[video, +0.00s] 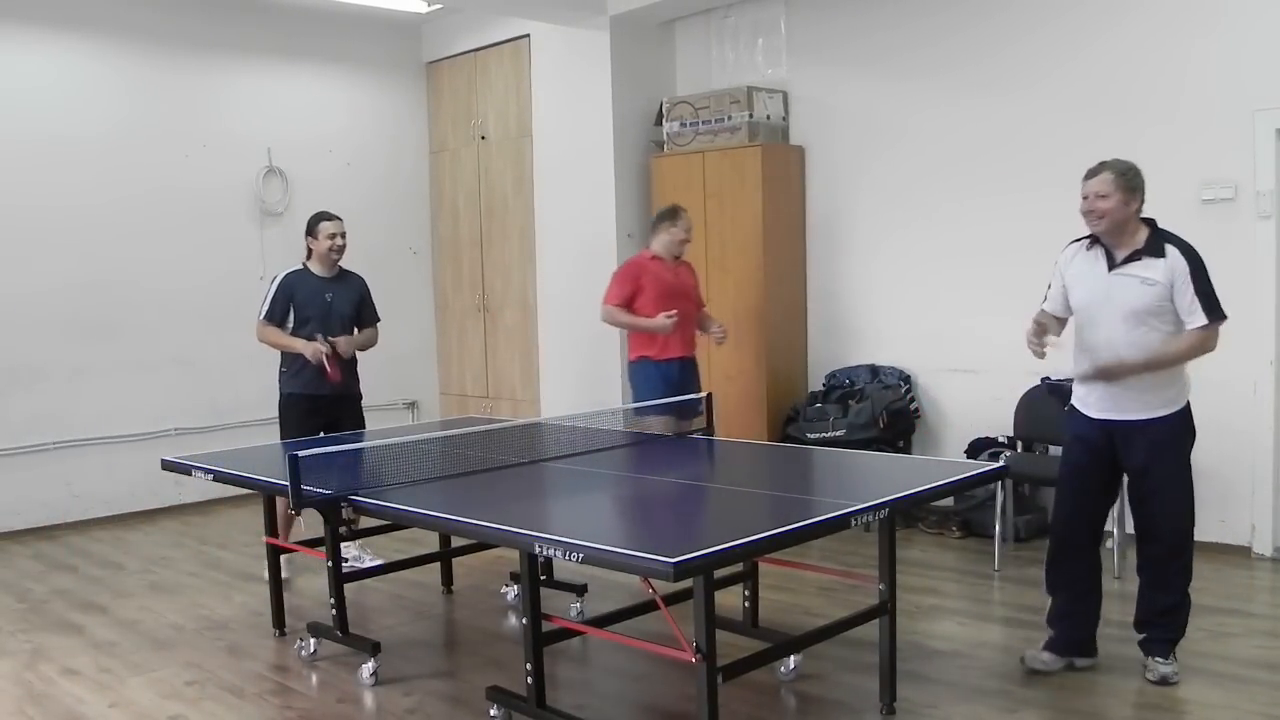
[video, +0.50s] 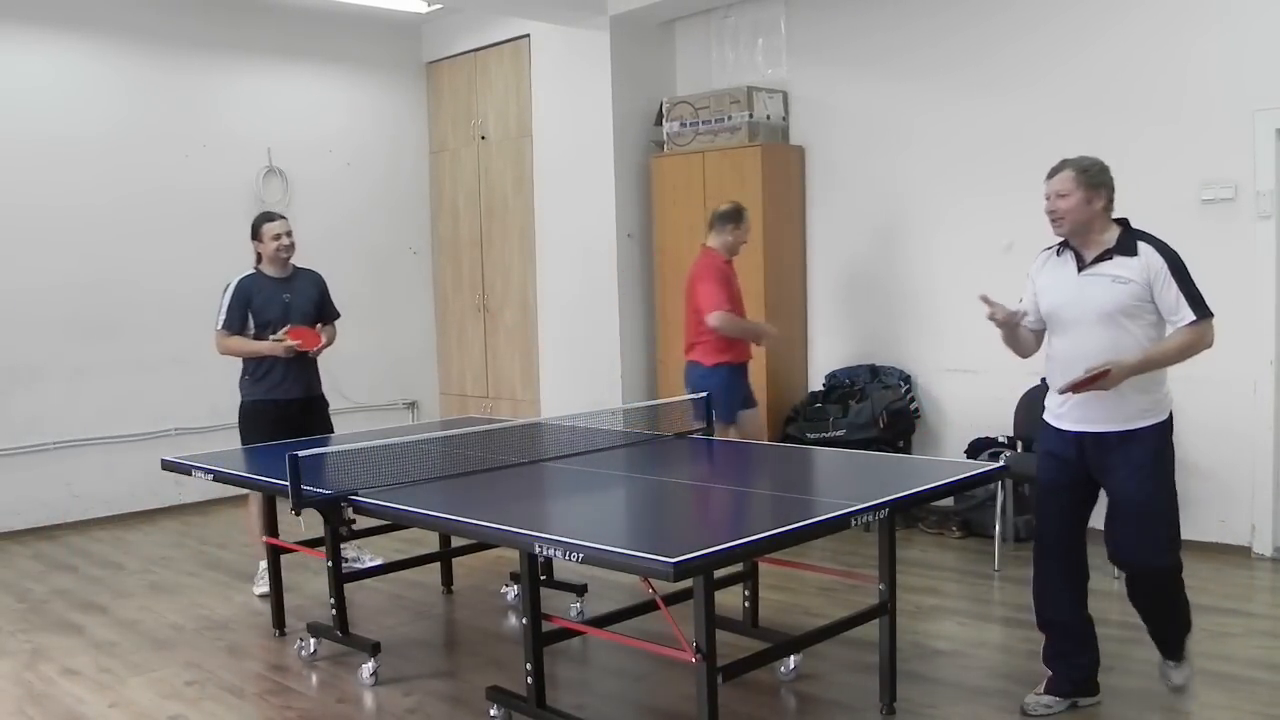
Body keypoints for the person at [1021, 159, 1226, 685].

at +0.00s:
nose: (1089, 207)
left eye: (1100, 197)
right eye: (1085, 198)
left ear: (1133, 201)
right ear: (1082, 204)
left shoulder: (1177, 258)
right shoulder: (1076, 254)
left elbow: (1205, 335)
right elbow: (1052, 314)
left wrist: (1133, 366)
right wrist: (1040, 328)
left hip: (1158, 423)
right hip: (1089, 418)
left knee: (1165, 538)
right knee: (1070, 532)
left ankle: (1160, 646)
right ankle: (1070, 643)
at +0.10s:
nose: (1091, 206)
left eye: (1102, 197)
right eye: (1087, 198)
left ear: (1136, 201)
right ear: (1087, 204)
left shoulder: (1178, 259)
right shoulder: (1076, 255)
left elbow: (1198, 341)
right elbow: (1051, 320)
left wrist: (1116, 349)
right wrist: (1040, 335)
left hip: (1158, 427)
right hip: (1088, 423)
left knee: (1164, 541)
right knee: (1078, 541)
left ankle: (1160, 646)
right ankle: (1070, 659)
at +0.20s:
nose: (1085, 207)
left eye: (1096, 198)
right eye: (1082, 199)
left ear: (1131, 202)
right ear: (1083, 205)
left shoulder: (1173, 261)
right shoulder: (1070, 258)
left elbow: (1196, 343)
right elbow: (1052, 318)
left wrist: (1116, 347)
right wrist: (1036, 330)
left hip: (1153, 432)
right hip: (1083, 429)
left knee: (1160, 546)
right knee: (1081, 552)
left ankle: (1160, 644)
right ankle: (1075, 674)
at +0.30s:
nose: (1074, 209)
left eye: (1085, 199)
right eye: (1070, 201)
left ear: (1120, 205)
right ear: (1069, 208)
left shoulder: (1164, 264)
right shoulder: (1061, 265)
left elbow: (1197, 342)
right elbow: (1047, 340)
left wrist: (1120, 358)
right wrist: (1033, 337)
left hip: (1146, 436)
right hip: (1074, 435)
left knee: (1155, 549)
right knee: (1072, 557)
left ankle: (1159, 643)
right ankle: (1072, 678)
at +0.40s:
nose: (1059, 208)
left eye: (1071, 198)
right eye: (1057, 199)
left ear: (1107, 203)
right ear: (1059, 207)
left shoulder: (1155, 259)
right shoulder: (1052, 265)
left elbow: (1197, 336)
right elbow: (1037, 348)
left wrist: (1127, 364)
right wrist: (1024, 331)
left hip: (1138, 435)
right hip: (1065, 434)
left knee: (1151, 552)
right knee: (1059, 556)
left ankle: (1162, 643)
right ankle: (1071, 679)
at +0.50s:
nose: (1050, 208)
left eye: (1061, 197)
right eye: (1048, 199)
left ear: (1100, 199)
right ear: (1052, 206)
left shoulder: (1150, 256)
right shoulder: (1049, 263)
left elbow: (1200, 332)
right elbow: (1028, 346)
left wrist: (1130, 366)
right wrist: (1009, 325)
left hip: (1137, 435)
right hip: (1062, 433)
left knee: (1146, 559)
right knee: (1056, 560)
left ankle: (1173, 646)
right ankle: (1072, 678)